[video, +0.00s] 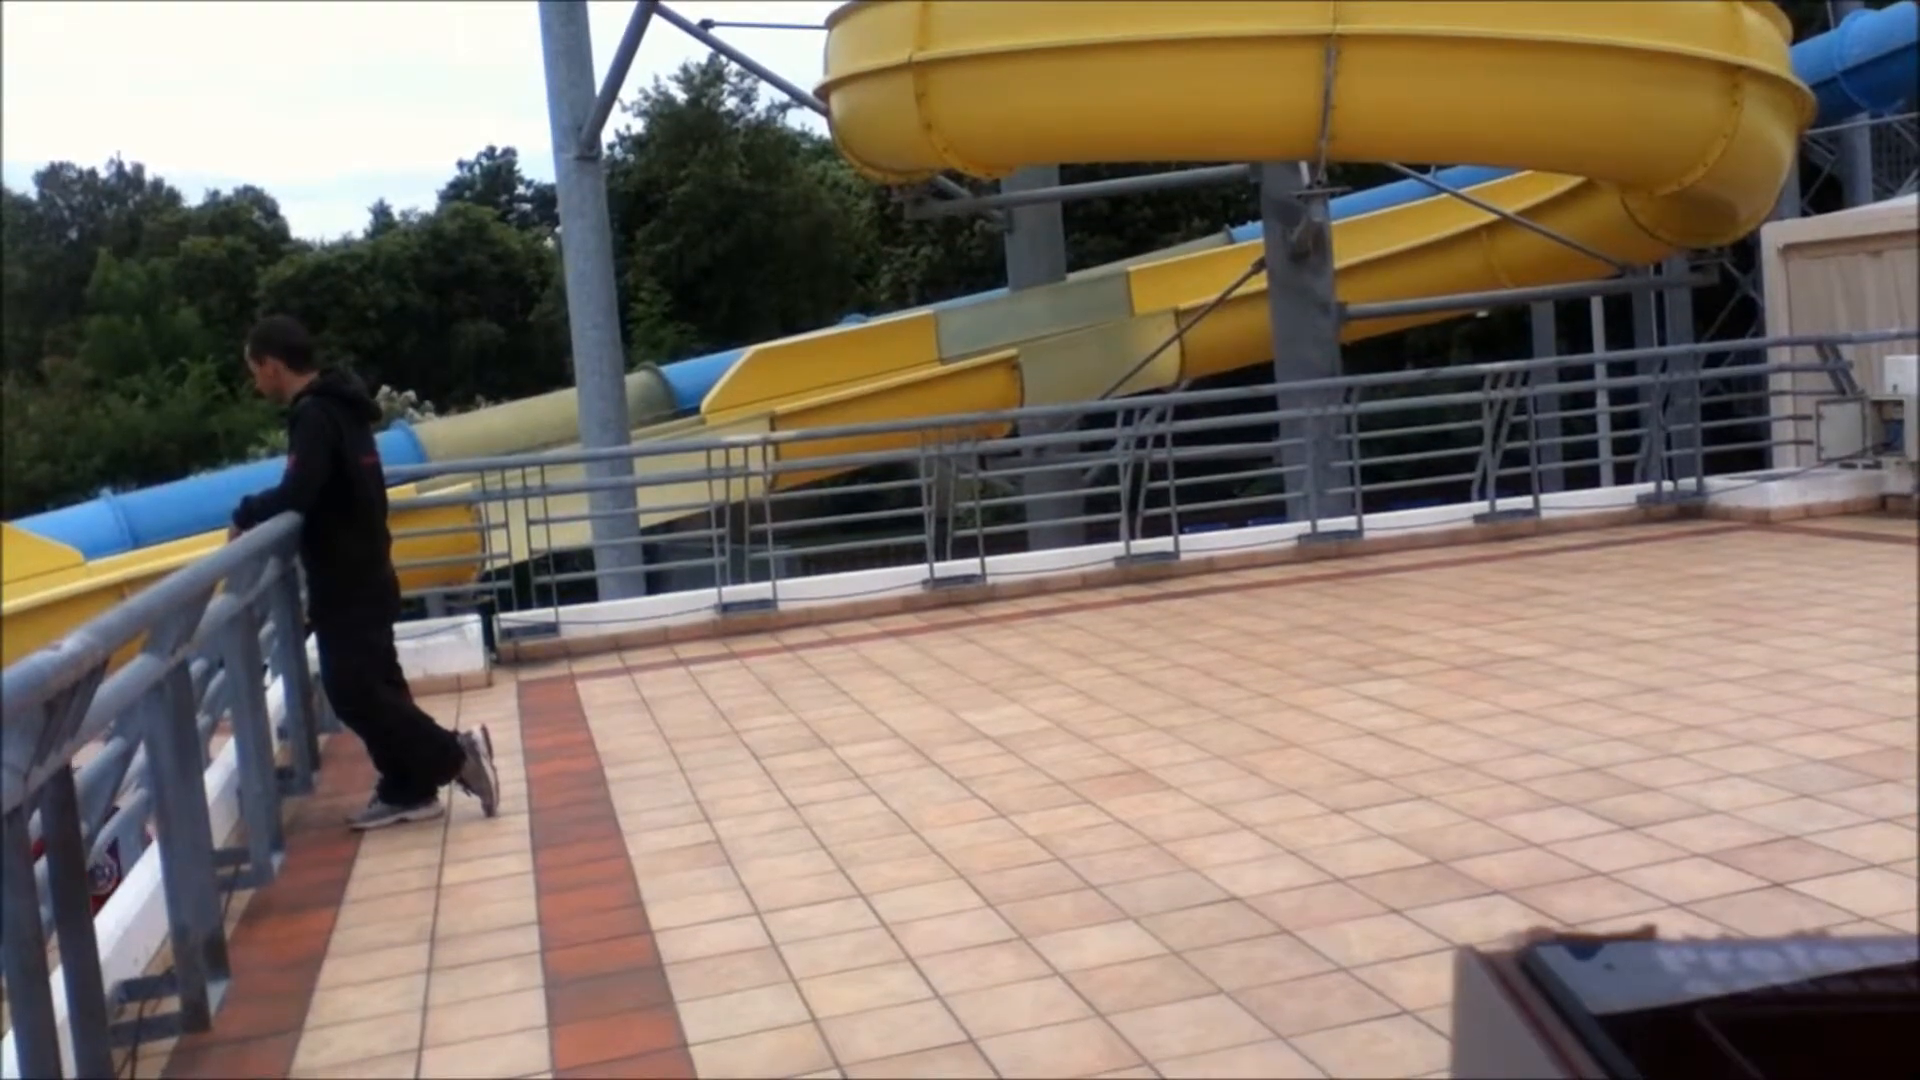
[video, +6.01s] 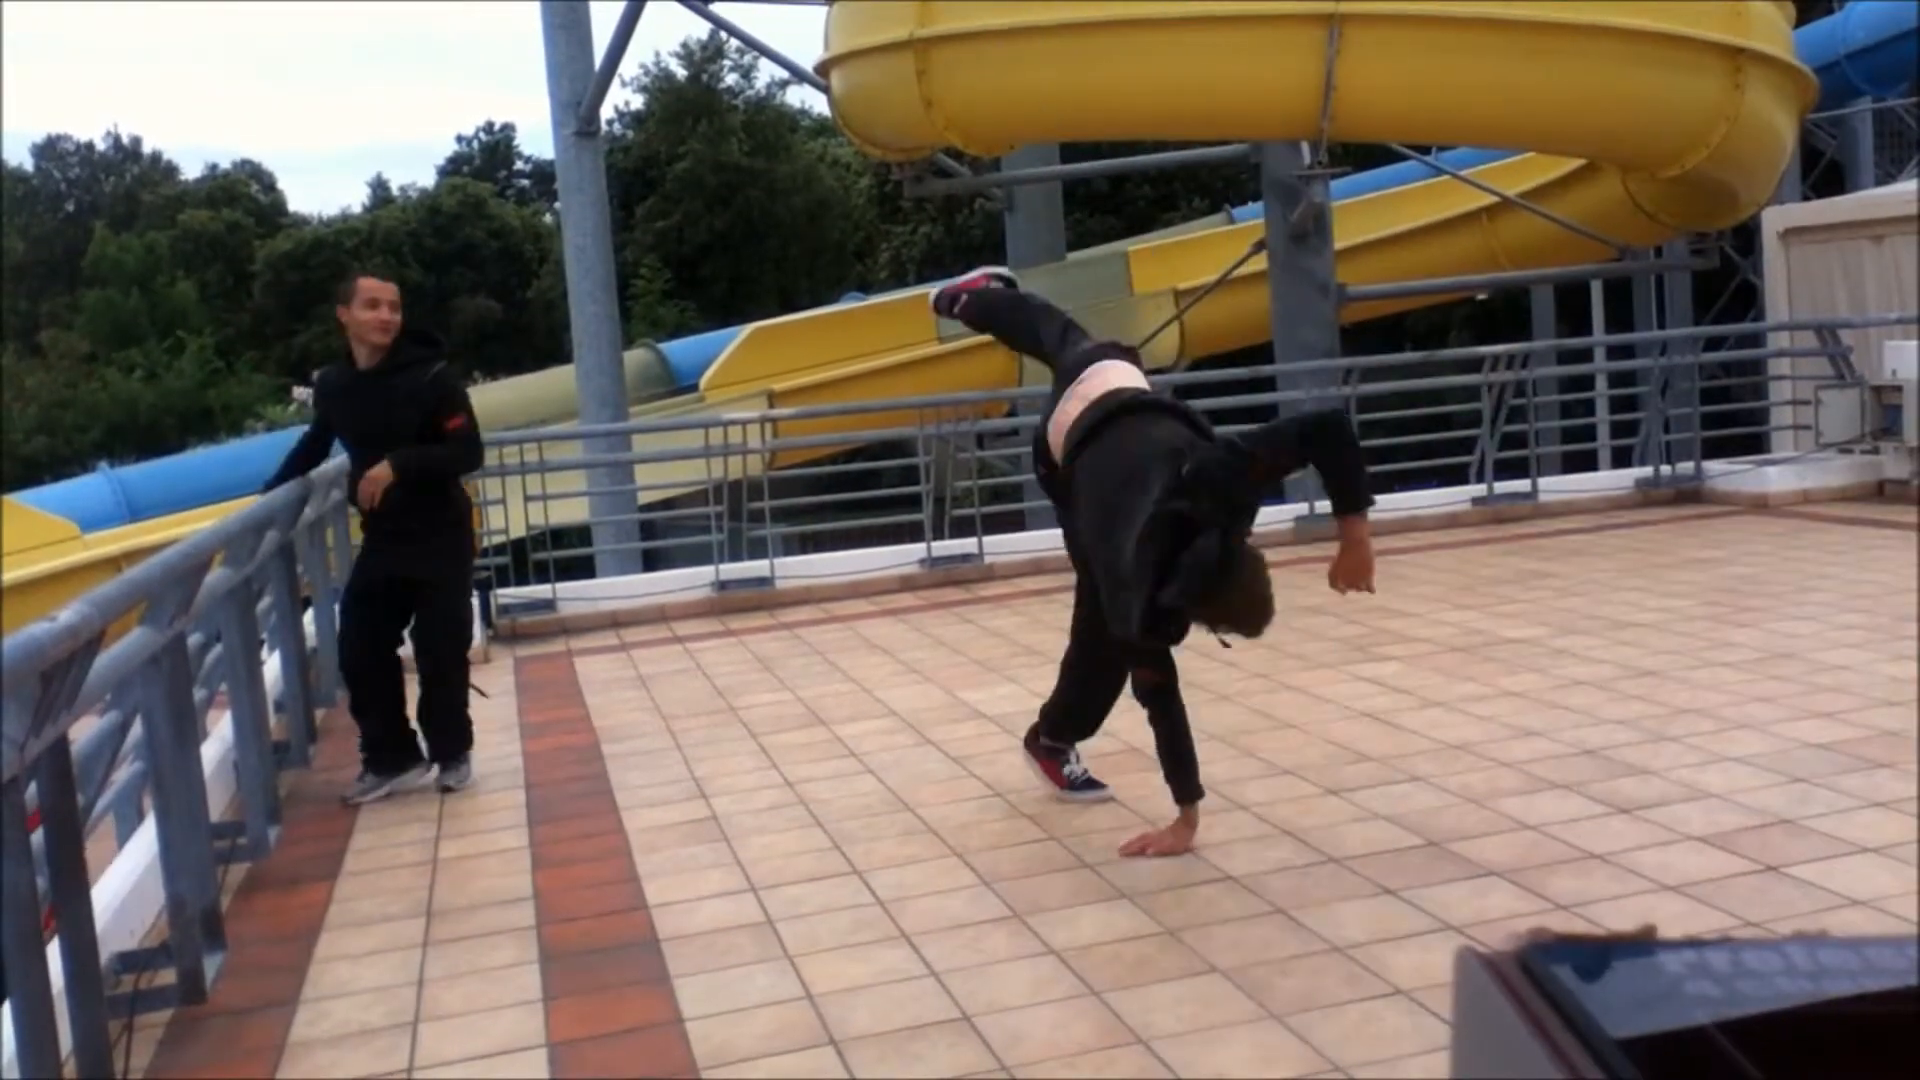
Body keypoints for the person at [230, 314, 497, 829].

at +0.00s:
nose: (255, 381)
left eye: (256, 370)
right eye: (253, 371)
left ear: (276, 365)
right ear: (298, 360)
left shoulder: (314, 414)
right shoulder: (338, 404)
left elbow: (300, 494)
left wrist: (245, 513)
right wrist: (263, 514)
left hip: (345, 579)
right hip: (365, 574)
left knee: (350, 694)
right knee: (377, 682)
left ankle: (453, 754)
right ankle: (406, 791)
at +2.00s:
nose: (252, 397)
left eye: (253, 383)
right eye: (247, 387)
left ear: (284, 368)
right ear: (288, 372)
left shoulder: (317, 421)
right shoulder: (334, 411)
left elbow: (308, 501)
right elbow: (325, 498)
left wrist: (256, 513)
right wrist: (270, 513)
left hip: (347, 586)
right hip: (361, 581)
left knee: (350, 699)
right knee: (376, 687)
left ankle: (455, 761)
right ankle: (407, 798)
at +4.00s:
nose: (252, 368)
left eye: (252, 354)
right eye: (247, 358)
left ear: (282, 340)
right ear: (287, 344)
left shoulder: (317, 392)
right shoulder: (333, 384)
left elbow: (306, 469)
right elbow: (321, 468)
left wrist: (253, 484)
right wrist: (269, 481)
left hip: (343, 559)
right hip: (358, 555)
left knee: (346, 669)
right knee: (372, 658)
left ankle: (449, 731)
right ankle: (403, 767)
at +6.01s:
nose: (385, 316)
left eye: (393, 308)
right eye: (372, 306)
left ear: (402, 317)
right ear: (344, 316)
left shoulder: (430, 375)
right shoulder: (335, 385)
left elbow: (468, 451)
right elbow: (315, 444)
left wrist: (396, 465)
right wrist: (272, 496)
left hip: (442, 530)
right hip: (383, 532)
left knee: (441, 646)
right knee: (360, 644)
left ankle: (452, 753)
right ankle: (392, 756)